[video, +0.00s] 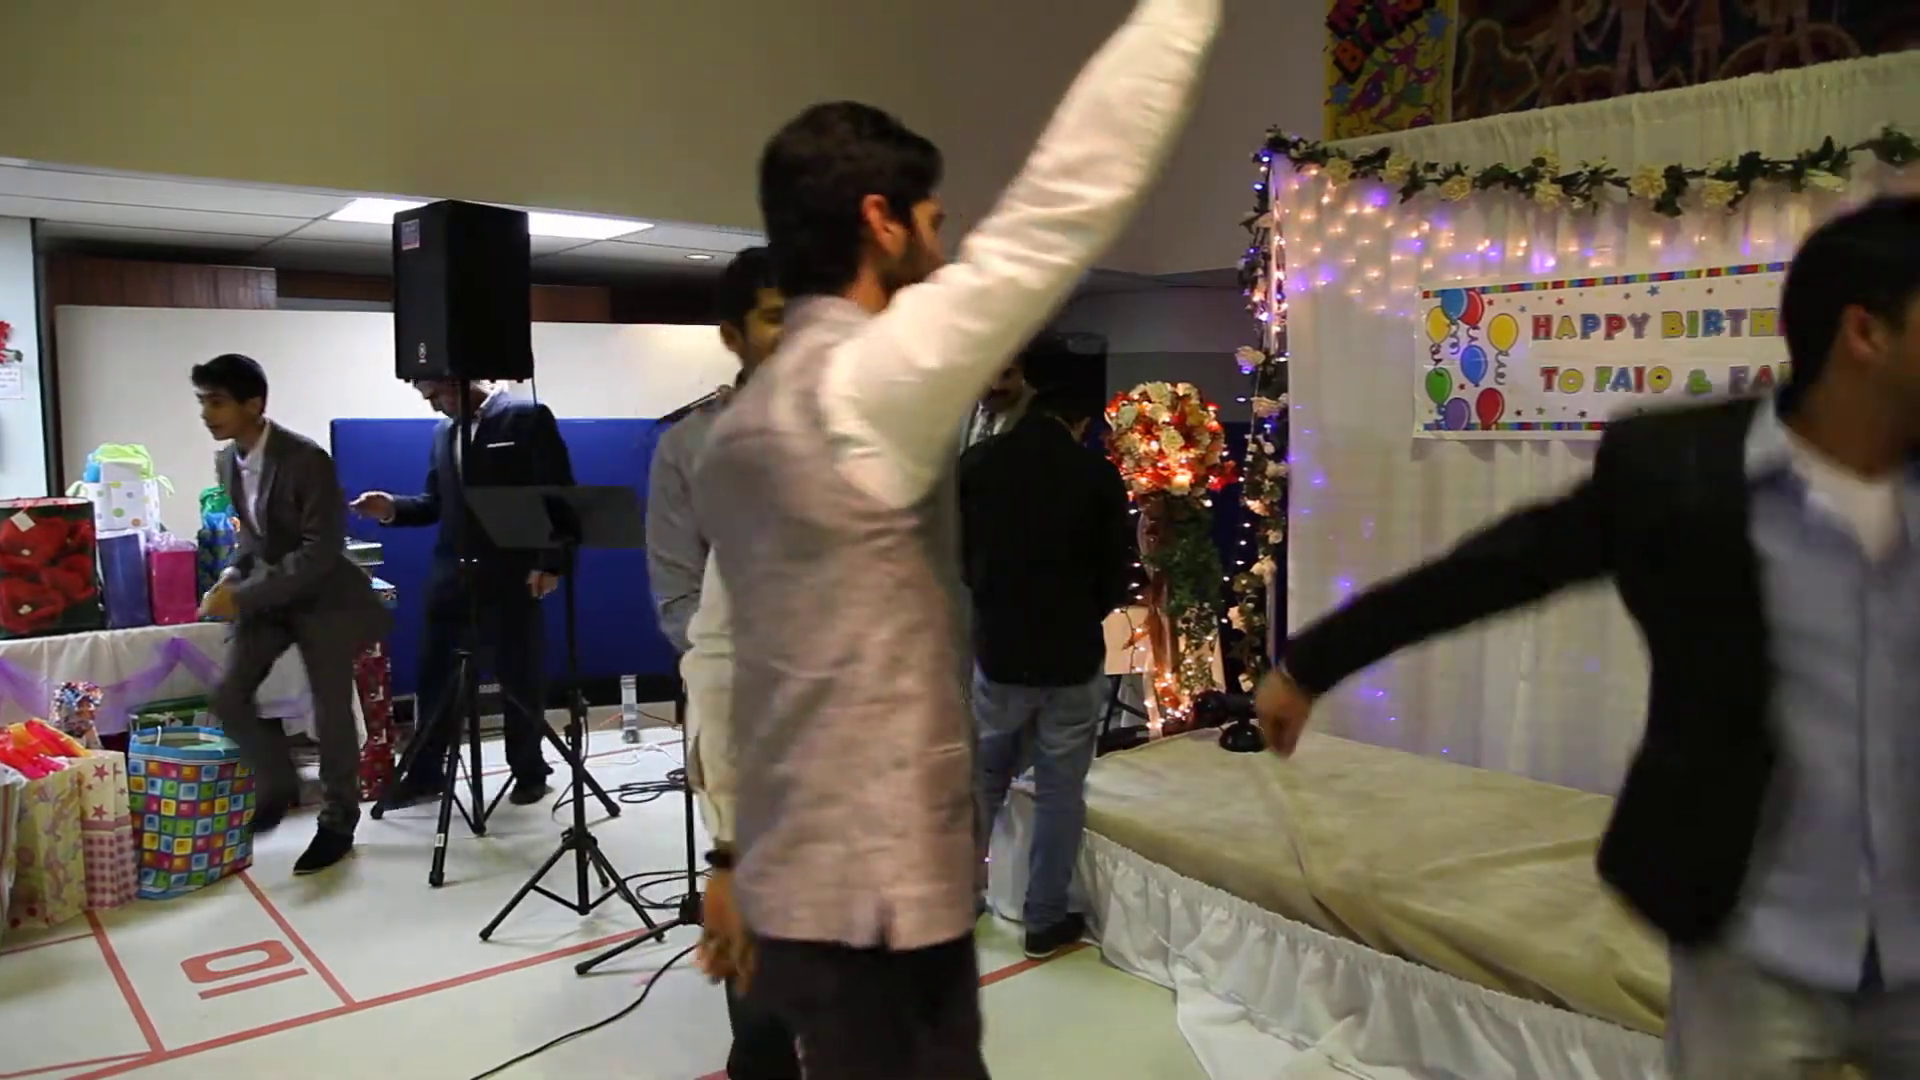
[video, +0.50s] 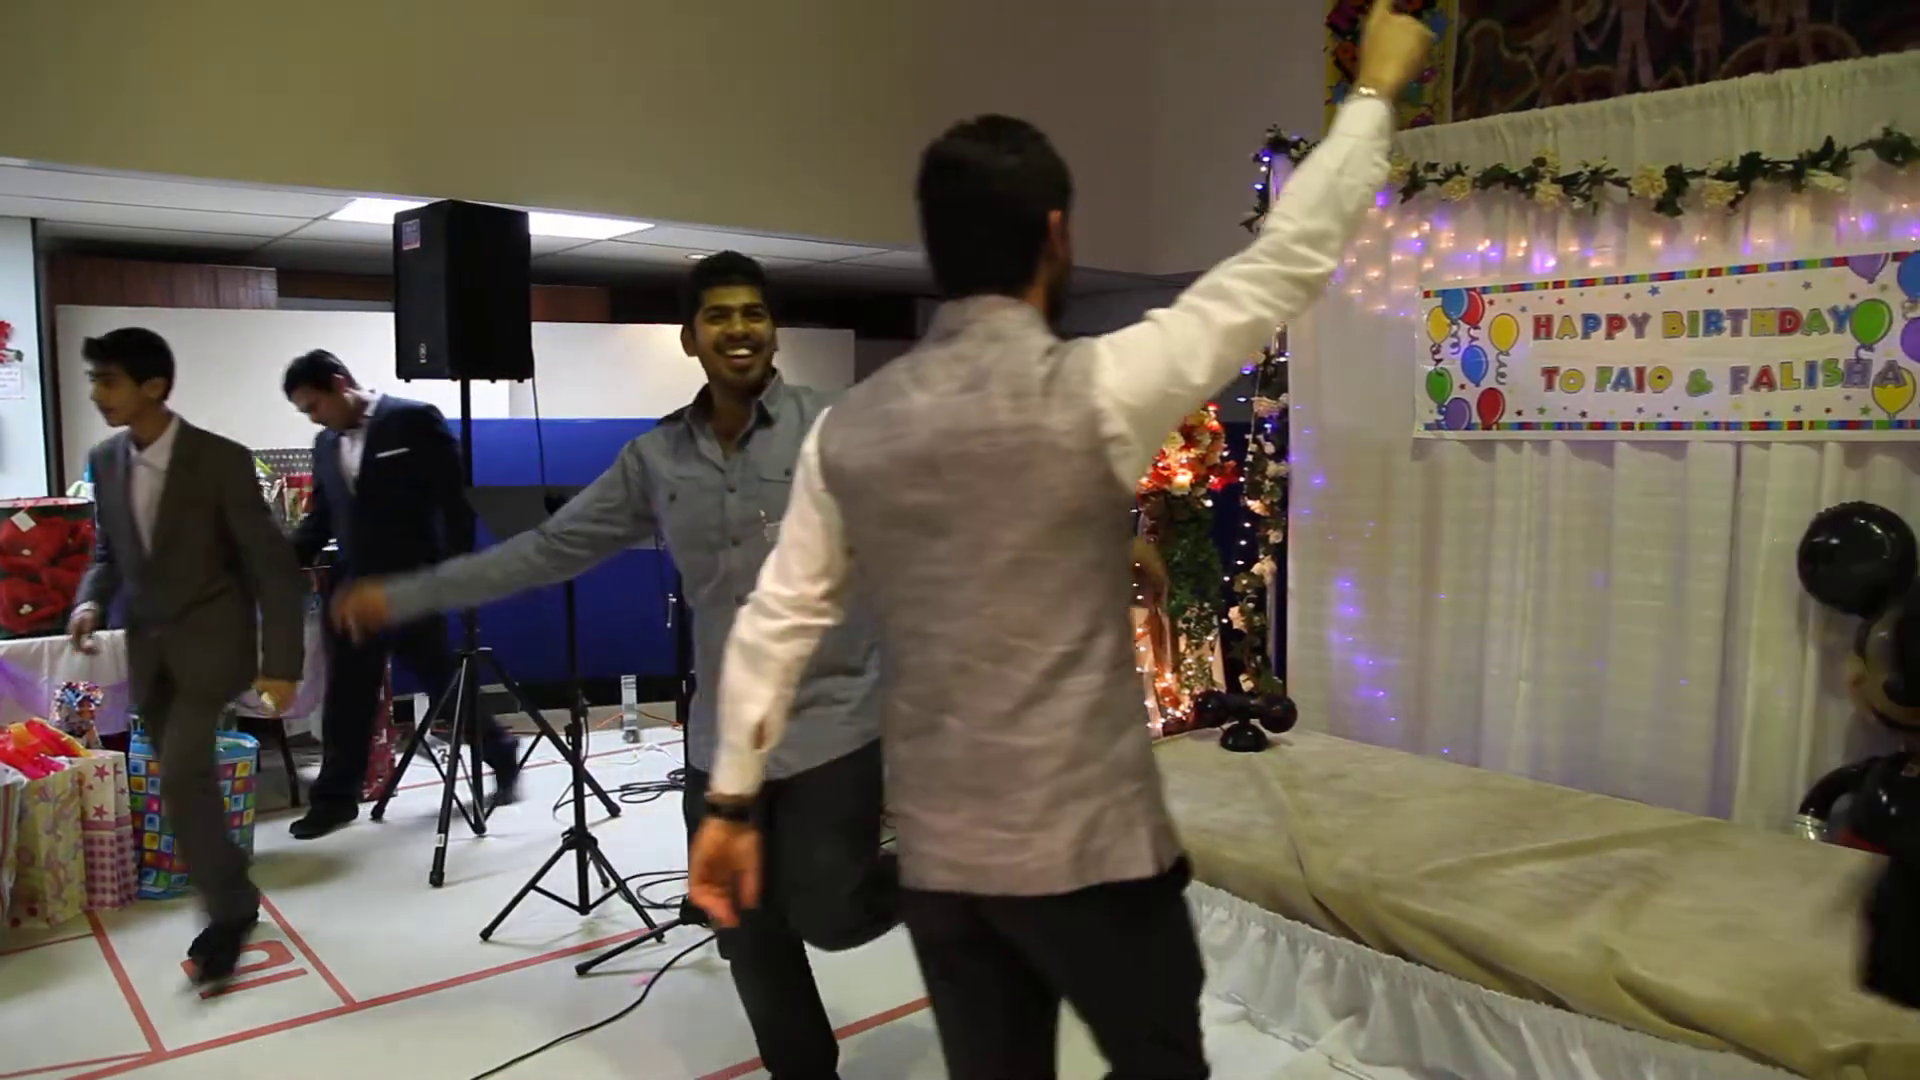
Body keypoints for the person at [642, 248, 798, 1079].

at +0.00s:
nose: (785, 333)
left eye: (793, 316)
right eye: (768, 319)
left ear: (812, 322)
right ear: (730, 329)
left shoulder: (844, 419)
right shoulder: (688, 441)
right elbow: (674, 589)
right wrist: (719, 674)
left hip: (840, 651)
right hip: (740, 661)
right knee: (748, 850)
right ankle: (759, 1045)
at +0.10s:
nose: (774, 343)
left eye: (787, 327)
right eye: (753, 329)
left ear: (803, 336)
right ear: (712, 345)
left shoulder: (829, 436)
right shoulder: (670, 455)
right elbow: (652, 604)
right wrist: (698, 705)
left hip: (835, 697)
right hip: (735, 707)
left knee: (849, 908)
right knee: (748, 914)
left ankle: (878, 1052)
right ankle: (760, 1061)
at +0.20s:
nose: (760, 331)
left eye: (771, 315)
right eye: (739, 316)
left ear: (787, 329)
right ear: (696, 335)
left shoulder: (824, 432)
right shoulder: (659, 454)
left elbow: (879, 573)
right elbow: (623, 603)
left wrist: (889, 700)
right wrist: (619, 735)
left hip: (844, 721)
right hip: (732, 731)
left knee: (873, 927)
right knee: (749, 939)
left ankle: (915, 1060)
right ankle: (764, 1069)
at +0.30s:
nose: (751, 317)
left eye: (762, 303)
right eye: (730, 304)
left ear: (778, 317)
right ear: (690, 323)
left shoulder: (825, 415)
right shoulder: (652, 448)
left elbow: (889, 550)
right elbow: (583, 583)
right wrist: (512, 702)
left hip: (834, 706)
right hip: (725, 724)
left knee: (865, 906)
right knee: (763, 934)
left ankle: (941, 1059)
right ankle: (798, 1073)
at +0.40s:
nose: (745, 327)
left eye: (759, 312)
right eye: (724, 312)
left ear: (776, 325)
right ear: (689, 331)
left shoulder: (827, 422)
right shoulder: (651, 454)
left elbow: (901, 552)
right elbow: (552, 565)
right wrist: (428, 658)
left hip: (836, 713)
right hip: (728, 729)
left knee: (846, 908)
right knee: (756, 932)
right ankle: (807, 1068)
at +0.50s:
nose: (740, 331)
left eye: (755, 315)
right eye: (719, 317)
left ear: (776, 329)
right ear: (691, 337)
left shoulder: (832, 429)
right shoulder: (657, 458)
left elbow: (909, 555)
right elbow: (549, 548)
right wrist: (401, 596)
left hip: (838, 718)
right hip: (725, 736)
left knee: (832, 918)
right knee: (752, 937)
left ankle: (940, 863)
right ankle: (807, 1069)